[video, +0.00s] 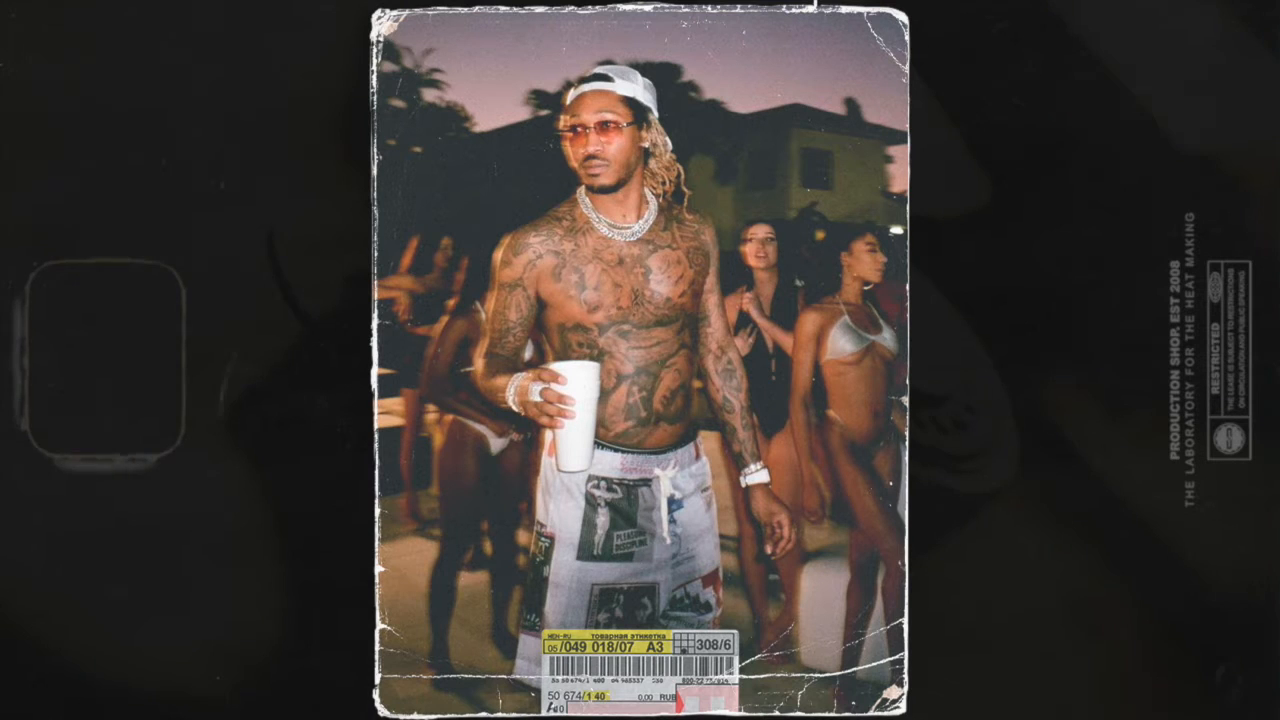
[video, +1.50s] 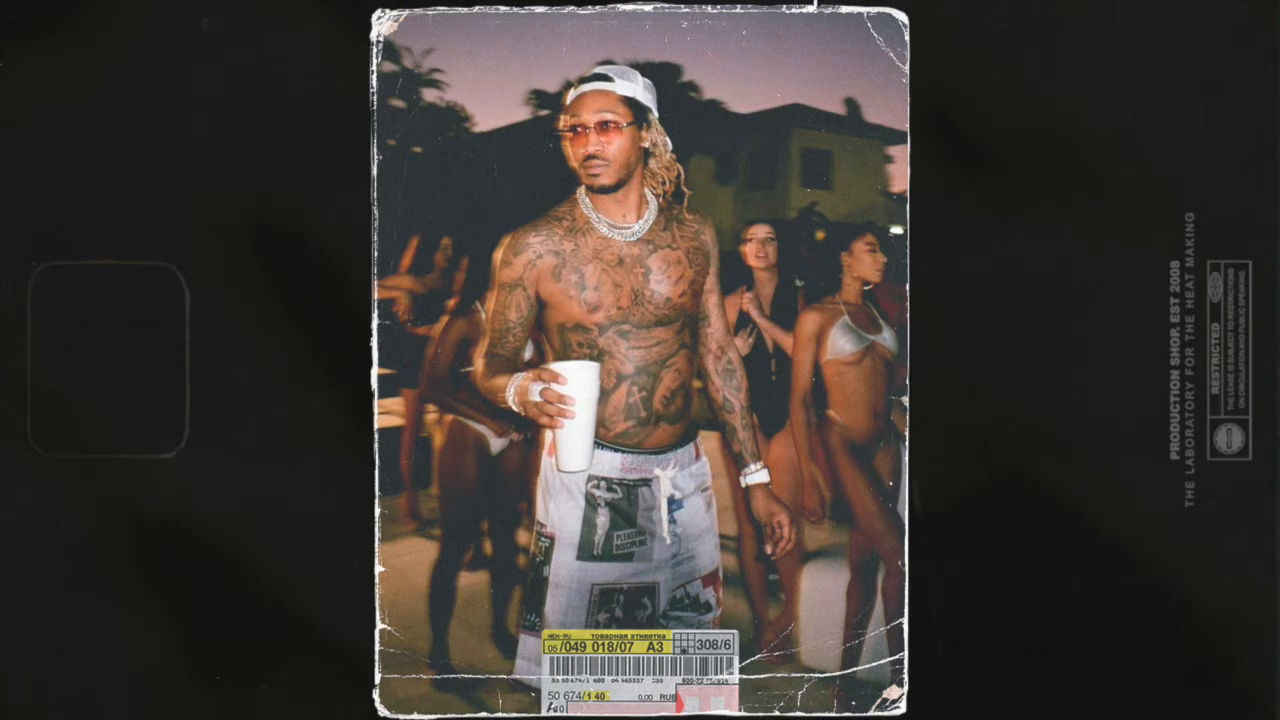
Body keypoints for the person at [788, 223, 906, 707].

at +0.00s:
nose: (882, 259)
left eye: (881, 251)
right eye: (871, 251)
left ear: (870, 262)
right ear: (844, 259)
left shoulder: (877, 315)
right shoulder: (818, 317)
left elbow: (885, 393)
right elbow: (798, 403)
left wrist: (899, 444)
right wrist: (814, 479)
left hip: (881, 448)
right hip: (838, 449)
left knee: (863, 564)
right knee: (898, 553)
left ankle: (846, 673)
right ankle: (902, 671)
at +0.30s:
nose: (882, 259)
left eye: (881, 251)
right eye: (871, 251)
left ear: (870, 262)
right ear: (844, 259)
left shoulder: (877, 315)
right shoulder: (817, 317)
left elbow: (885, 393)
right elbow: (798, 404)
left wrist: (899, 445)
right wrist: (814, 479)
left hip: (881, 448)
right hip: (838, 449)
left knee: (863, 564)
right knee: (898, 553)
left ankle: (846, 673)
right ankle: (902, 671)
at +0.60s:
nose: (882, 259)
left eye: (881, 250)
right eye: (871, 251)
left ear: (870, 261)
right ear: (844, 259)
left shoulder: (877, 315)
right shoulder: (818, 317)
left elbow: (885, 394)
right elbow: (799, 403)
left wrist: (901, 444)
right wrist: (812, 478)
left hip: (880, 448)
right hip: (838, 449)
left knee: (863, 563)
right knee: (898, 551)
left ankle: (847, 673)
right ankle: (903, 669)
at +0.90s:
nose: (882, 259)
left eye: (881, 251)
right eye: (871, 251)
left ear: (872, 262)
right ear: (844, 259)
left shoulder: (877, 314)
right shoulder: (817, 317)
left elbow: (886, 391)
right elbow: (798, 403)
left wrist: (899, 443)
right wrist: (815, 479)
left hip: (881, 448)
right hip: (838, 449)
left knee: (863, 564)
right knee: (898, 554)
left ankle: (846, 673)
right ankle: (902, 671)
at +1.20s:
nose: (882, 259)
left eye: (881, 251)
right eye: (871, 251)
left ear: (871, 262)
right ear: (844, 259)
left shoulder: (877, 315)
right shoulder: (817, 317)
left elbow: (887, 390)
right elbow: (798, 403)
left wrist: (901, 434)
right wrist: (813, 477)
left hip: (882, 447)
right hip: (838, 448)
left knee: (863, 564)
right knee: (898, 552)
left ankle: (846, 673)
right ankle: (902, 669)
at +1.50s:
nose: (882, 258)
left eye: (881, 251)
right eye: (871, 251)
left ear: (871, 262)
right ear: (844, 259)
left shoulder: (877, 315)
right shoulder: (818, 317)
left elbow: (887, 390)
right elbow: (799, 403)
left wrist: (900, 434)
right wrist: (812, 478)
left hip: (882, 447)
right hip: (838, 448)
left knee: (863, 563)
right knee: (898, 551)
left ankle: (847, 673)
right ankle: (903, 669)